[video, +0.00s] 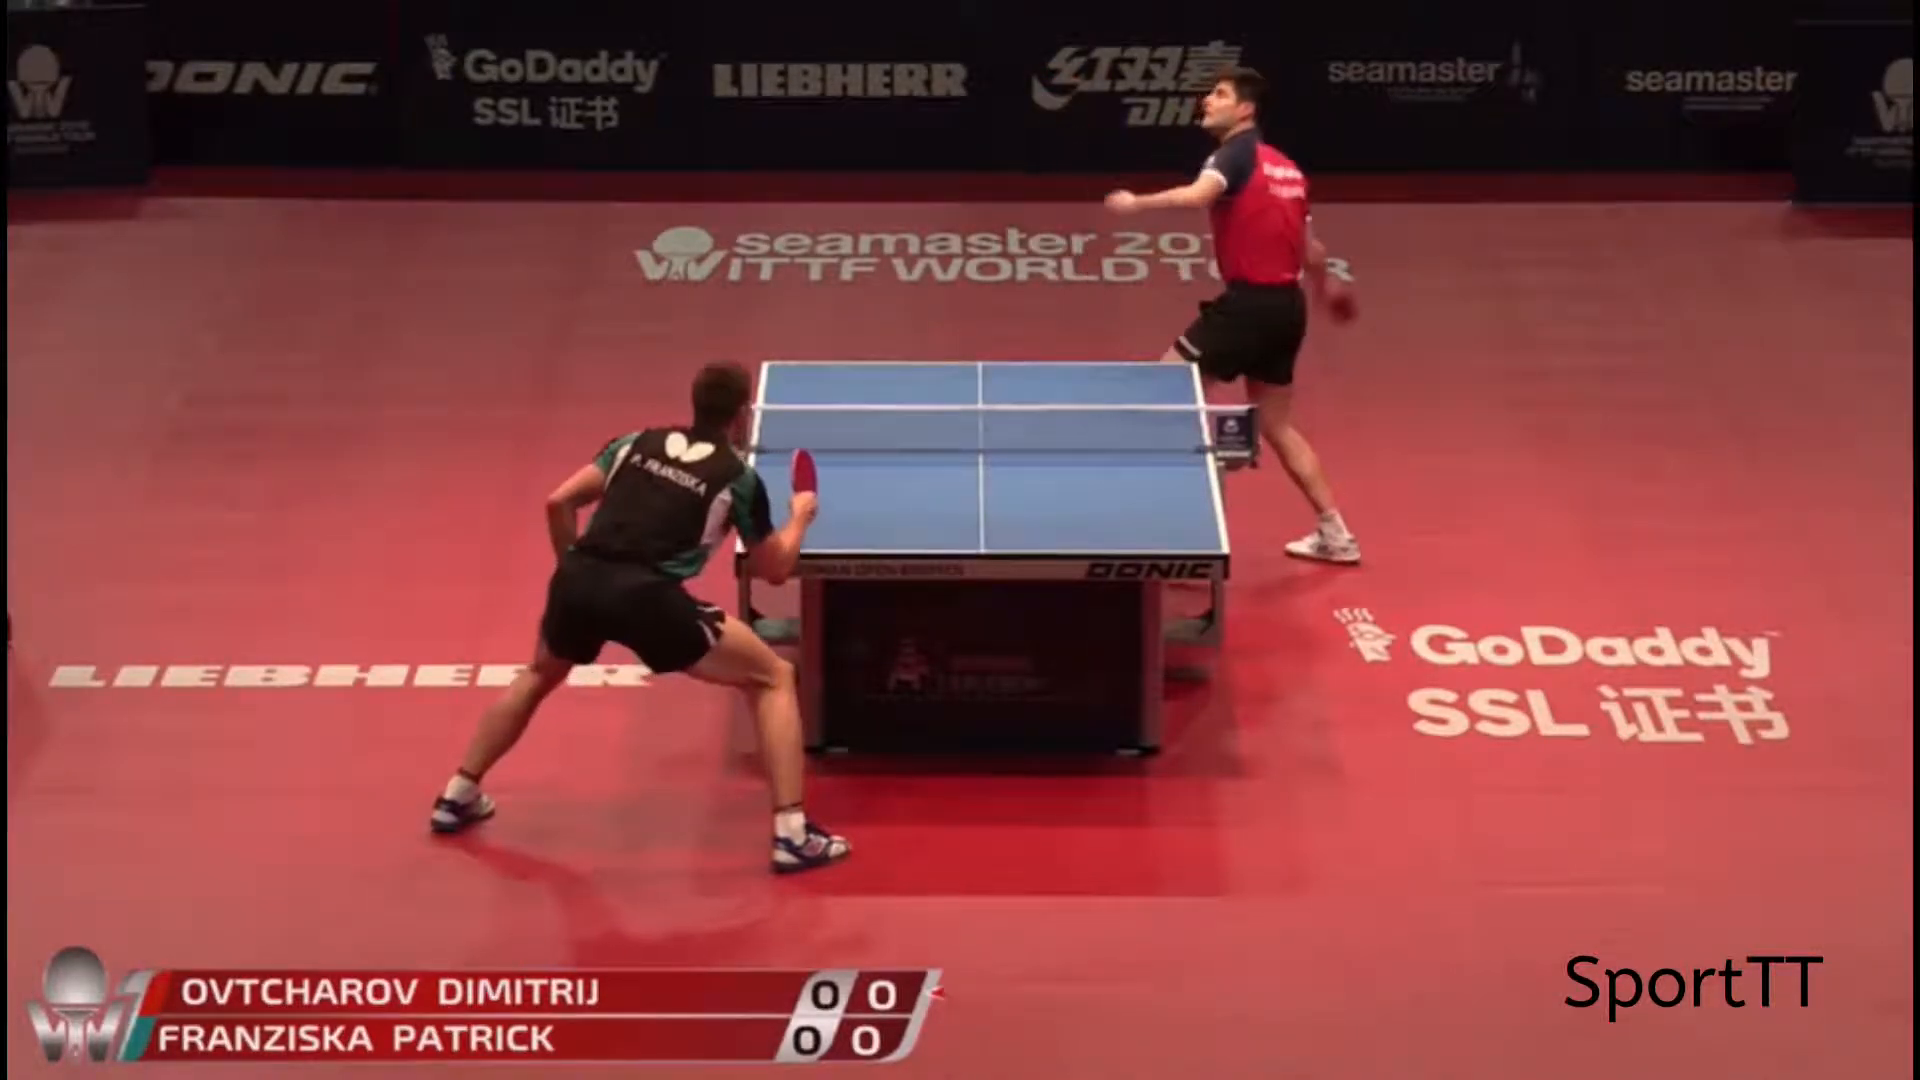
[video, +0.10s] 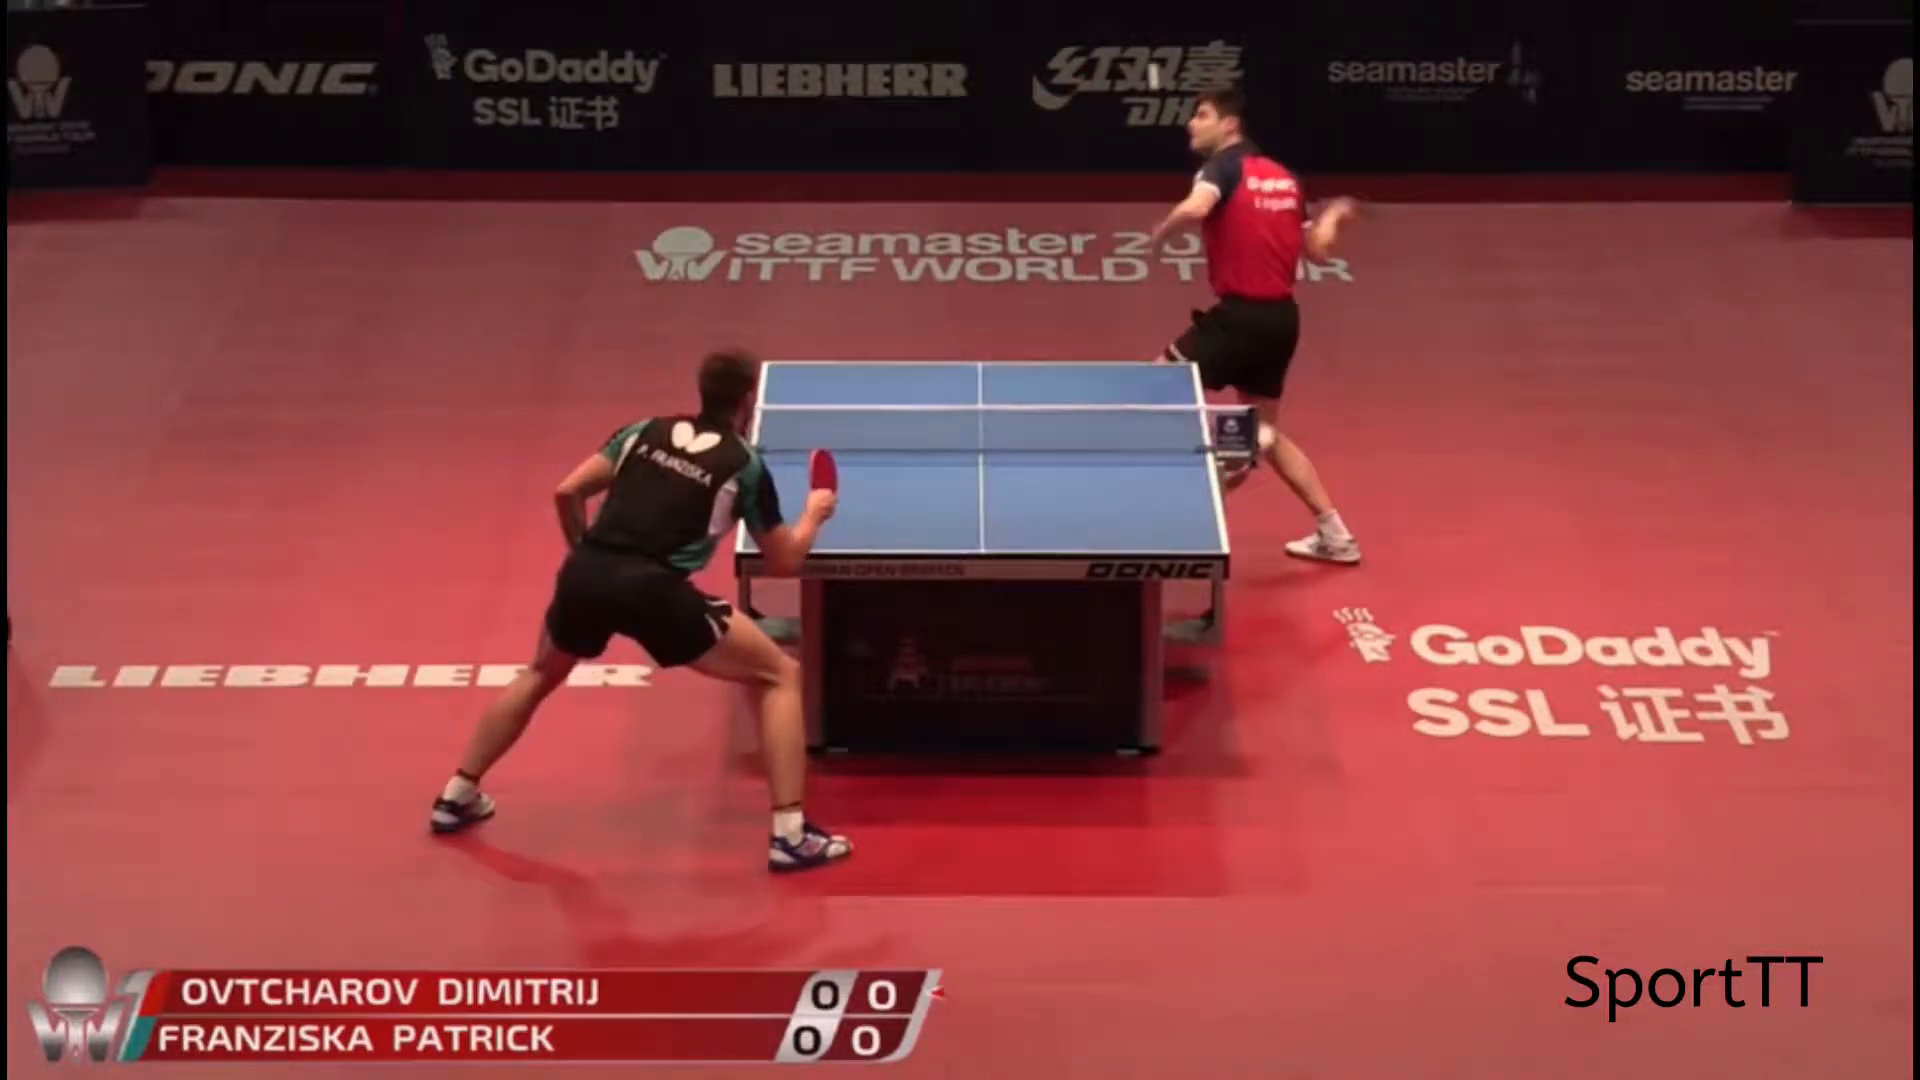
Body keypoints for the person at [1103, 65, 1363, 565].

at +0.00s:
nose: (1205, 102)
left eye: (1217, 95)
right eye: (1209, 94)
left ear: (1244, 109)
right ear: (1246, 113)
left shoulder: (1234, 151)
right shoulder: (1285, 165)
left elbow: (1201, 194)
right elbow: (1310, 247)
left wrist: (1137, 202)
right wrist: (1326, 282)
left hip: (1245, 303)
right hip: (1287, 306)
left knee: (1163, 386)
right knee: (1275, 423)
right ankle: (1334, 531)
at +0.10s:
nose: (1191, 125)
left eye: (1201, 117)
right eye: (1194, 116)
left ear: (1229, 124)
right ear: (1234, 127)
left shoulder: (1223, 165)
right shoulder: (1282, 174)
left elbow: (1195, 209)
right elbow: (1318, 248)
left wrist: (1160, 233)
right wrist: (1333, 214)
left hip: (1238, 315)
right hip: (1281, 316)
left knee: (1156, 387)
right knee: (1264, 433)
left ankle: (1214, 455)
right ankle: (1334, 532)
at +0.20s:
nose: (1133, 184)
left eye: (1138, 171)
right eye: (1132, 173)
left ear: (1168, 164)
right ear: (1172, 166)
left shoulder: (1187, 200)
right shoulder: (1227, 184)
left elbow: (1181, 250)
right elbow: (1268, 202)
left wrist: (1164, 263)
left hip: (1238, 336)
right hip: (1279, 331)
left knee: (1163, 419)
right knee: (1257, 442)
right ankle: (1333, 532)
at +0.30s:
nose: (1121, 197)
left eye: (1124, 185)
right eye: (1119, 187)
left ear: (1153, 178)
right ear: (1156, 178)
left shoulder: (1178, 212)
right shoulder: (1203, 190)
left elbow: (1183, 263)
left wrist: (1177, 291)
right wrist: (1170, 289)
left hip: (1242, 340)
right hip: (1274, 332)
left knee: (1163, 416)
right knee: (1252, 441)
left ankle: (1177, 539)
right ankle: (1328, 529)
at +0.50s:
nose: (1106, 207)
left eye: (1114, 198)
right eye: (1101, 199)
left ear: (1139, 191)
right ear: (1095, 199)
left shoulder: (1167, 227)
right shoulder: (1120, 212)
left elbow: (1235, 272)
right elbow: (1074, 229)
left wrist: (1187, 288)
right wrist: (1091, 251)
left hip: (1216, 323)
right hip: (1180, 319)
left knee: (1166, 403)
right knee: (1139, 387)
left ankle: (1247, 445)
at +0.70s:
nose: (1091, 180)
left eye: (1100, 169)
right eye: (1084, 170)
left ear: (1121, 164)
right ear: (1076, 169)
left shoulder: (1159, 196)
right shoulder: (1072, 204)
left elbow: (1225, 238)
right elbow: (1043, 240)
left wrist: (1170, 271)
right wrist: (1050, 262)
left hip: (1168, 296)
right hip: (1112, 296)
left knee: (1173, 386)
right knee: (1074, 381)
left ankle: (1215, 509)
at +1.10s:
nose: (1087, 187)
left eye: (1095, 176)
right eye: (1080, 178)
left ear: (1116, 169)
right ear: (1071, 177)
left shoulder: (1157, 200)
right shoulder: (1071, 216)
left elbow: (1212, 248)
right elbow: (1039, 272)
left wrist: (1160, 274)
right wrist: (1029, 293)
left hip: (1166, 319)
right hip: (1100, 318)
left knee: (1221, 404)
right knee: (1034, 383)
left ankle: (1261, 494)